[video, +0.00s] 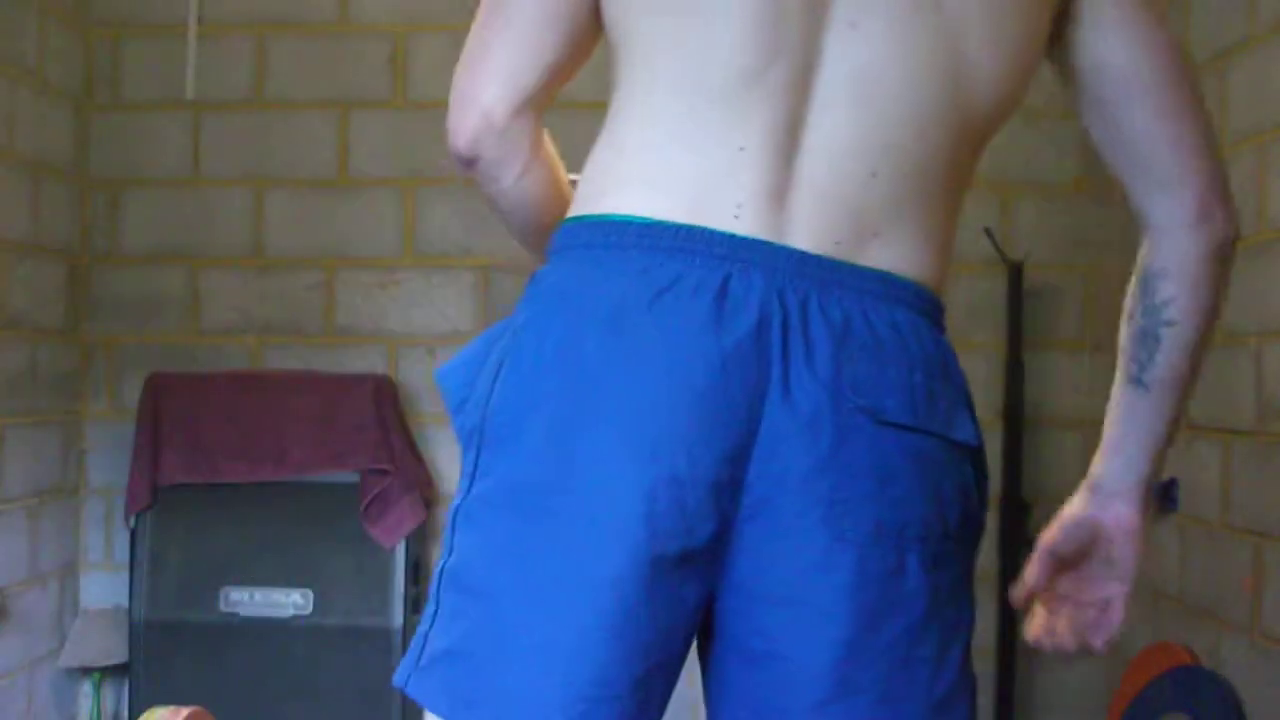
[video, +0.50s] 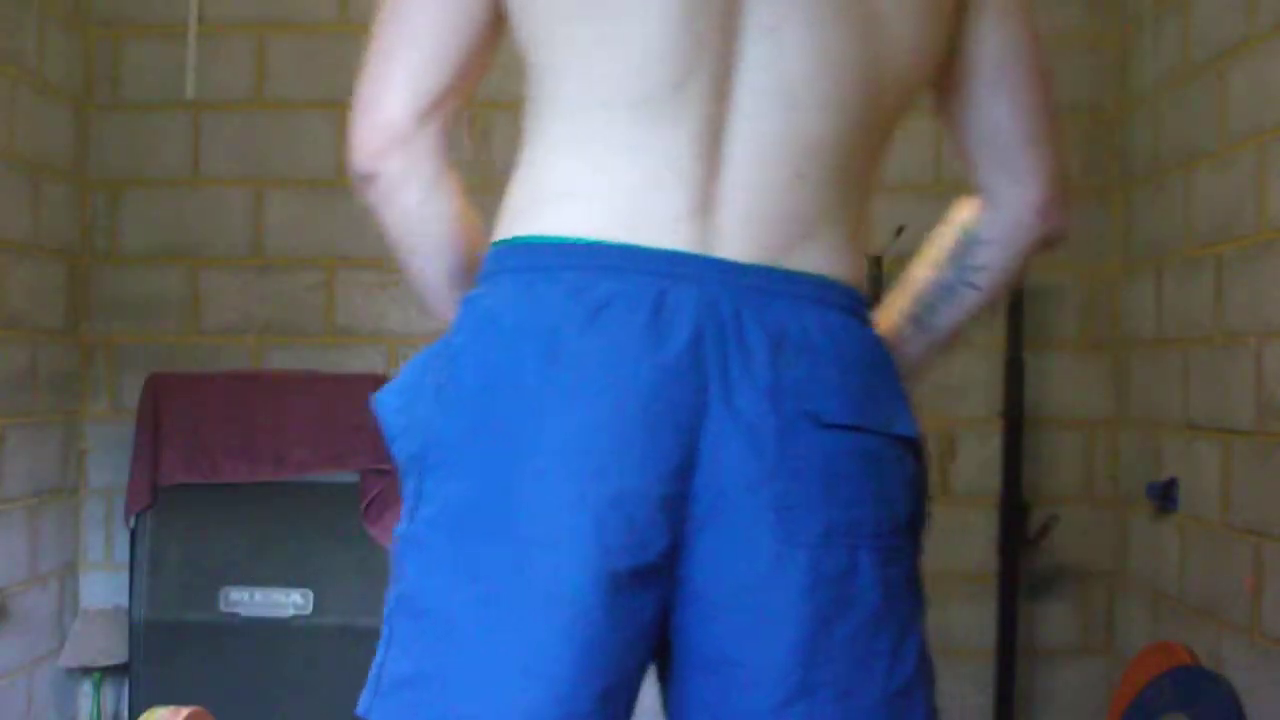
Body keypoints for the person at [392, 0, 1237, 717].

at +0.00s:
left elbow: (483, 121)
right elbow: (1193, 219)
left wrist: (611, 273)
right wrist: (1115, 489)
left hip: (612, 341)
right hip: (883, 374)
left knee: (520, 699)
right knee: (854, 699)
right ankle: (1180, 703)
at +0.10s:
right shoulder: (1067, 7)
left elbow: (486, 118)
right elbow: (1178, 211)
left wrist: (623, 266)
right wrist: (1099, 467)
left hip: (619, 341)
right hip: (887, 374)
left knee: (527, 698)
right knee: (854, 698)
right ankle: (1178, 700)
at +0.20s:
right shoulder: (1057, 4)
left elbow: (483, 122)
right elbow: (1137, 216)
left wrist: (615, 270)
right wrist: (1056, 463)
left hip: (622, 346)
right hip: (890, 383)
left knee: (532, 700)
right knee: (851, 700)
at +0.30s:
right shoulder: (1040, 6)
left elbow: (466, 124)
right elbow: (1108, 221)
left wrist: (579, 271)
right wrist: (999, 439)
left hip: (611, 348)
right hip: (882, 381)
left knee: (529, 697)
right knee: (850, 699)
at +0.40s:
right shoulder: (1009, 3)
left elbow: (437, 127)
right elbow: (1076, 211)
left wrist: (553, 324)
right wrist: (919, 403)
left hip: (589, 348)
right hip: (861, 376)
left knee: (514, 692)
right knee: (837, 695)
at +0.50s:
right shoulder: (956, 7)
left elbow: (389, 142)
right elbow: (1020, 200)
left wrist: (504, 344)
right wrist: (851, 369)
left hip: (549, 370)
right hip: (819, 389)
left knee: (491, 699)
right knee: (809, 701)